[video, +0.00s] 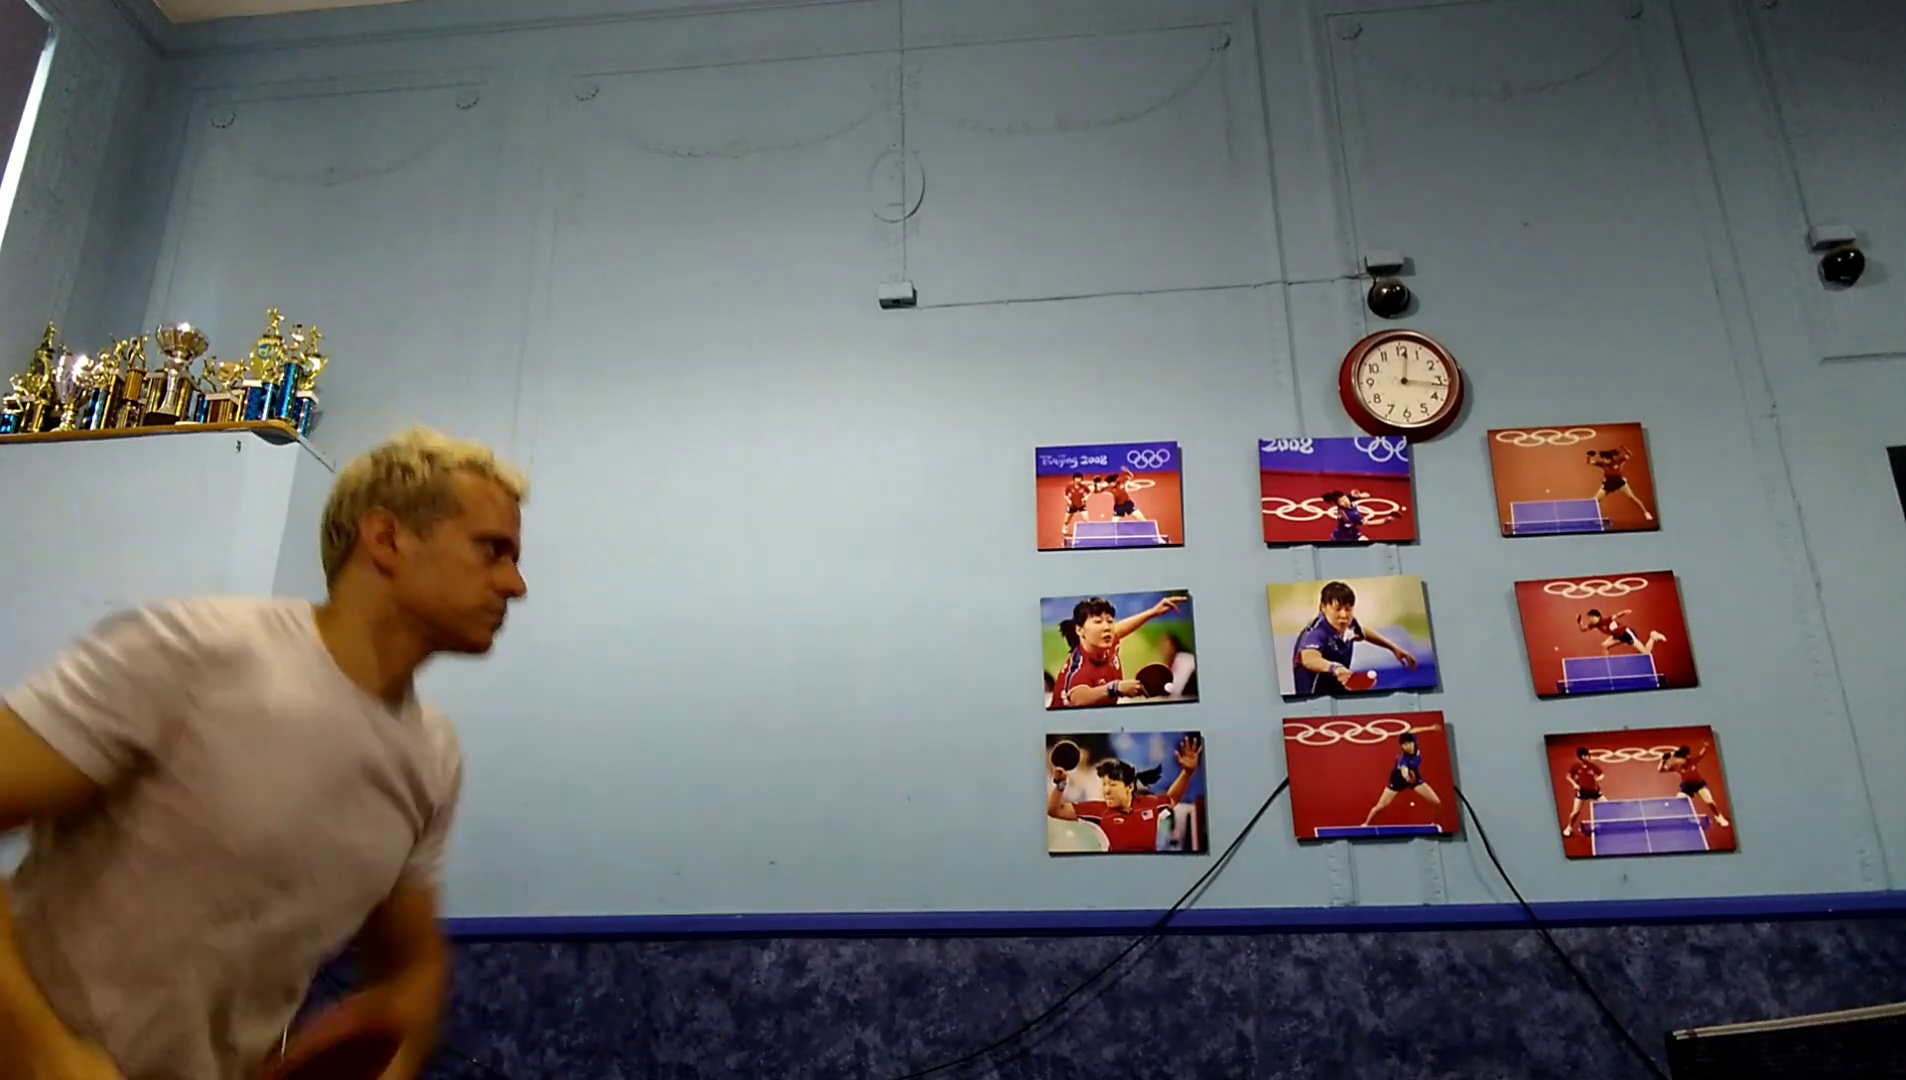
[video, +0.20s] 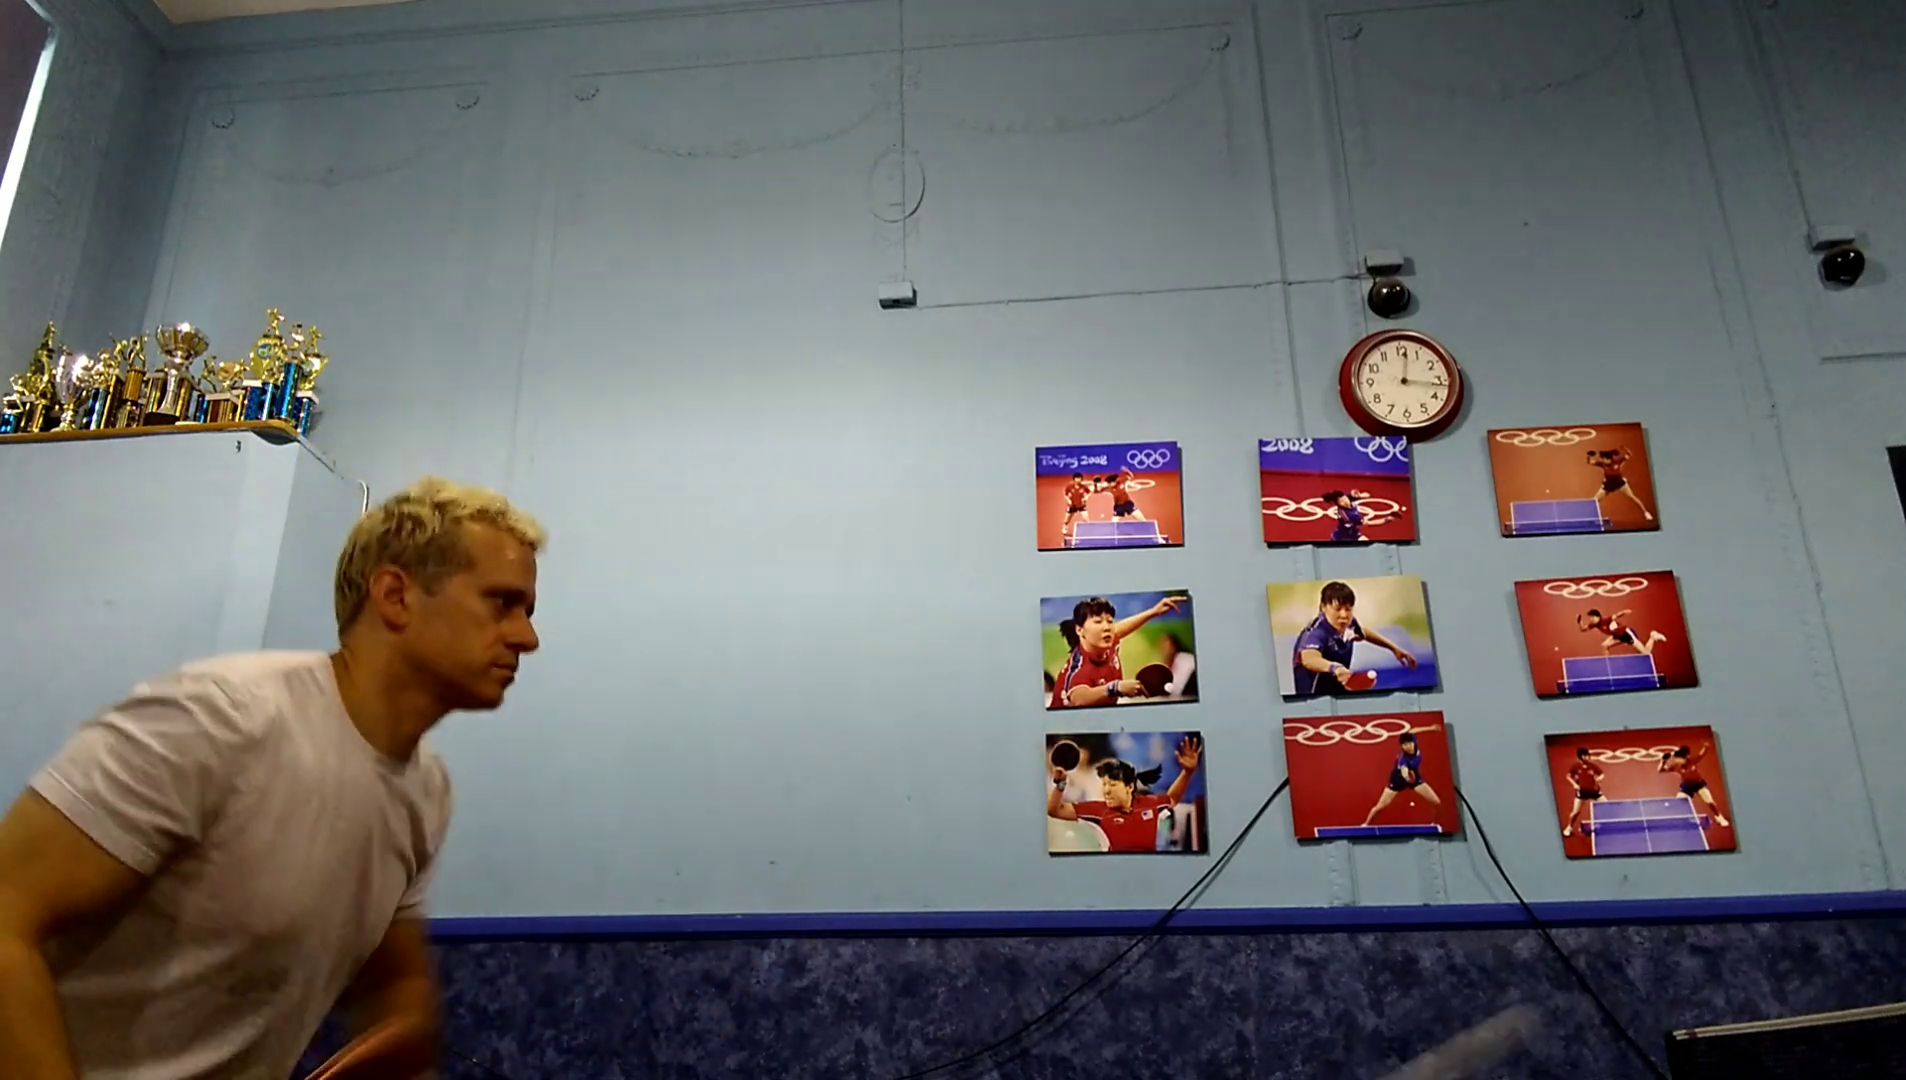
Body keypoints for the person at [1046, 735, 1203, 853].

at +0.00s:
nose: (1107, 790)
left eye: (1113, 785)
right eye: (1104, 785)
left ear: (1130, 787)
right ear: (1101, 786)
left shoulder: (1151, 804)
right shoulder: (1100, 810)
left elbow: (1172, 798)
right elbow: (1055, 811)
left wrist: (1188, 771)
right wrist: (1059, 785)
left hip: (1150, 872)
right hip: (1114, 873)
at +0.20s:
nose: (1107, 790)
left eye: (1113, 785)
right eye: (1104, 785)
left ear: (1130, 787)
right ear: (1101, 786)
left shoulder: (1151, 804)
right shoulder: (1100, 810)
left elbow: (1172, 798)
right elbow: (1055, 811)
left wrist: (1188, 771)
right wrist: (1059, 785)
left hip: (1150, 872)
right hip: (1115, 874)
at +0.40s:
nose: (1107, 790)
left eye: (1113, 785)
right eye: (1104, 785)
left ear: (1130, 787)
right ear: (1101, 787)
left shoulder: (1151, 804)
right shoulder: (1100, 810)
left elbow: (1172, 798)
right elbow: (1055, 811)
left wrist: (1188, 771)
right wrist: (1059, 785)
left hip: (1152, 872)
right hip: (1116, 873)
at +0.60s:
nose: (1107, 790)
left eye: (1113, 785)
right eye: (1104, 785)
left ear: (1130, 787)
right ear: (1101, 786)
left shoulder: (1151, 804)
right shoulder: (1100, 810)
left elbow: (1172, 798)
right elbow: (1055, 811)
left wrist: (1188, 771)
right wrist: (1059, 785)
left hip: (1150, 872)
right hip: (1115, 874)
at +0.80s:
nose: (1107, 790)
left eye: (1113, 785)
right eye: (1104, 785)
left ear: (1130, 787)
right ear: (1101, 787)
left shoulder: (1151, 805)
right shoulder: (1100, 811)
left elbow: (1172, 798)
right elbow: (1055, 811)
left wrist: (1188, 771)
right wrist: (1059, 785)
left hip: (1151, 873)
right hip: (1115, 874)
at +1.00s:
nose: (1107, 790)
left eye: (1113, 785)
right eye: (1104, 785)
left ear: (1130, 787)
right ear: (1101, 786)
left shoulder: (1151, 805)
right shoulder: (1100, 810)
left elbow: (1172, 798)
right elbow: (1055, 811)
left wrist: (1188, 771)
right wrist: (1059, 785)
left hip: (1150, 873)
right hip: (1114, 874)